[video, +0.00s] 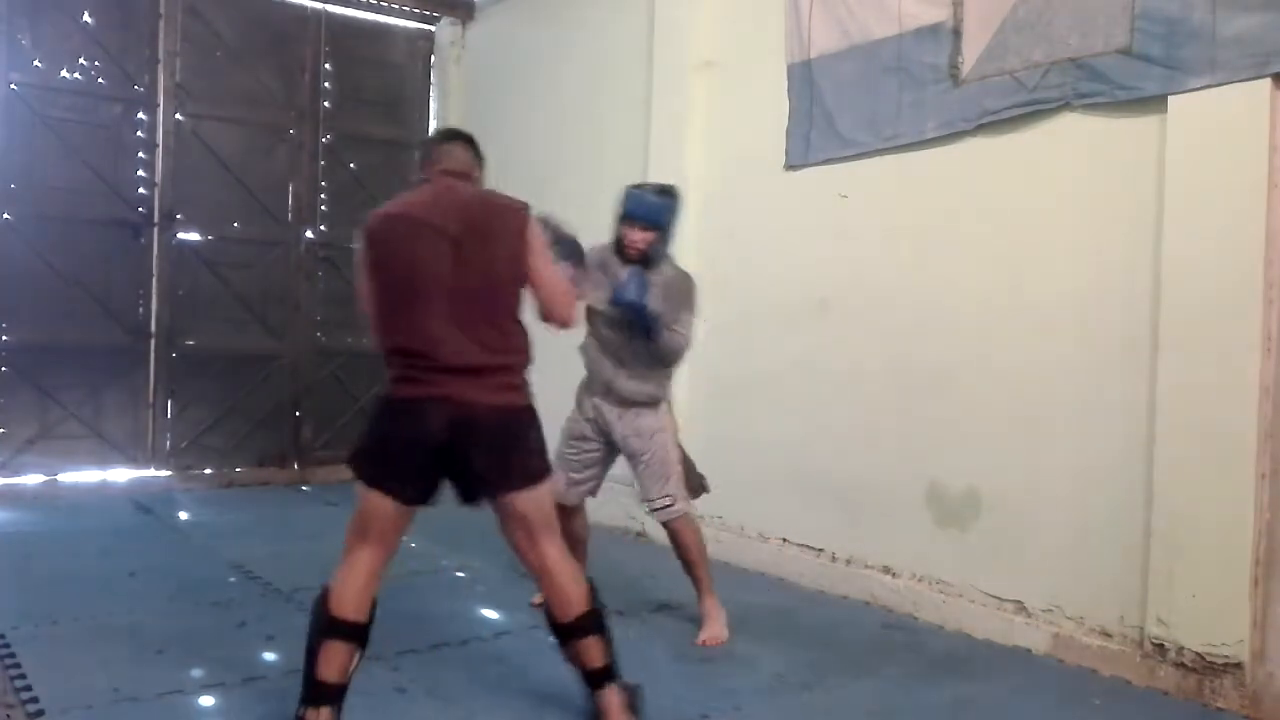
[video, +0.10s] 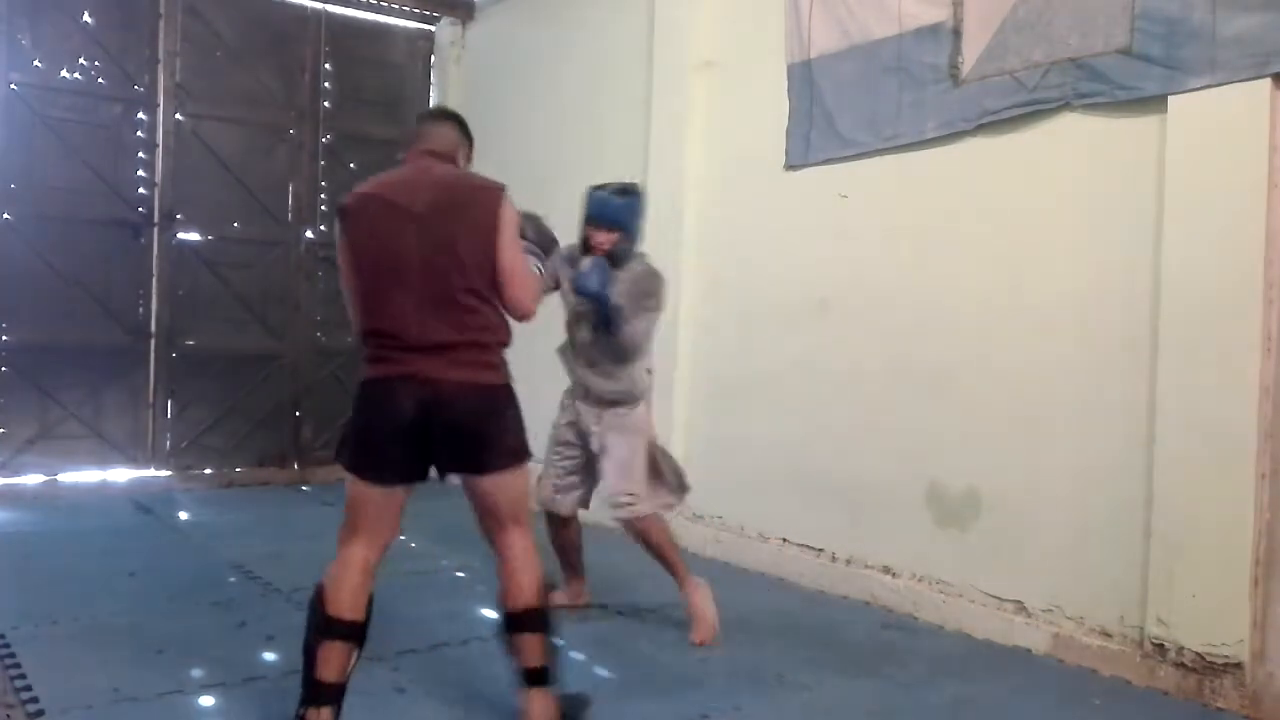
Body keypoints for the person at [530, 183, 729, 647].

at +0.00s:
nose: (637, 237)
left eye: (648, 230)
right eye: (630, 226)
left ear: (663, 234)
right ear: (618, 224)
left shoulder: (675, 283)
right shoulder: (600, 262)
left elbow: (674, 350)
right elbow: (571, 283)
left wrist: (644, 316)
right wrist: (561, 255)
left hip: (645, 412)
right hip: (594, 403)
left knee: (671, 509)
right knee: (565, 497)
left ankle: (709, 604)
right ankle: (573, 585)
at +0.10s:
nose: (599, 238)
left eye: (610, 231)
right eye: (594, 228)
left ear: (630, 234)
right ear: (584, 227)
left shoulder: (642, 278)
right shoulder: (573, 260)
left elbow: (629, 346)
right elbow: (529, 289)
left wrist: (604, 301)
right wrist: (534, 254)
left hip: (625, 411)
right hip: (579, 402)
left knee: (630, 507)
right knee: (556, 500)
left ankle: (691, 588)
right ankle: (575, 588)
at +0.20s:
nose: (570, 235)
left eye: (581, 227)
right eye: (564, 224)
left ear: (600, 230)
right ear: (555, 224)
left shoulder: (619, 273)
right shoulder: (550, 260)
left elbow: (610, 346)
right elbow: (503, 296)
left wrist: (593, 290)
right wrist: (512, 244)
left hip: (609, 400)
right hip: (567, 397)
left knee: (586, 491)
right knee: (550, 497)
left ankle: (640, 595)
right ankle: (573, 586)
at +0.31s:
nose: (544, 237)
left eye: (552, 229)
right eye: (538, 229)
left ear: (573, 227)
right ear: (532, 228)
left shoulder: (598, 263)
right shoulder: (530, 264)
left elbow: (598, 298)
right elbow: (506, 327)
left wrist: (564, 252)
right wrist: (498, 268)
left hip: (597, 396)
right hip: (553, 396)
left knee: (562, 502)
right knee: (517, 497)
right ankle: (557, 566)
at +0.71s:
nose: (483, 255)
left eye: (492, 244)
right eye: (481, 244)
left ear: (517, 244)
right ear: (487, 244)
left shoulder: (557, 282)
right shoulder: (487, 286)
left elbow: (567, 353)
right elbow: (476, 355)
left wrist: (501, 346)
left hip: (568, 416)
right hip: (526, 415)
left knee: (524, 512)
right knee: (511, 508)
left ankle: (546, 640)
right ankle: (534, 583)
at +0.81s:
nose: (454, 255)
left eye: (463, 246)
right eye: (455, 244)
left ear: (492, 251)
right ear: (487, 250)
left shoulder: (540, 278)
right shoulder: (491, 284)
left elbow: (566, 343)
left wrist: (502, 332)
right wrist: (465, 315)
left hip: (572, 417)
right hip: (543, 416)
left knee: (514, 516)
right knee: (543, 514)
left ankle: (545, 652)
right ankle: (539, 586)